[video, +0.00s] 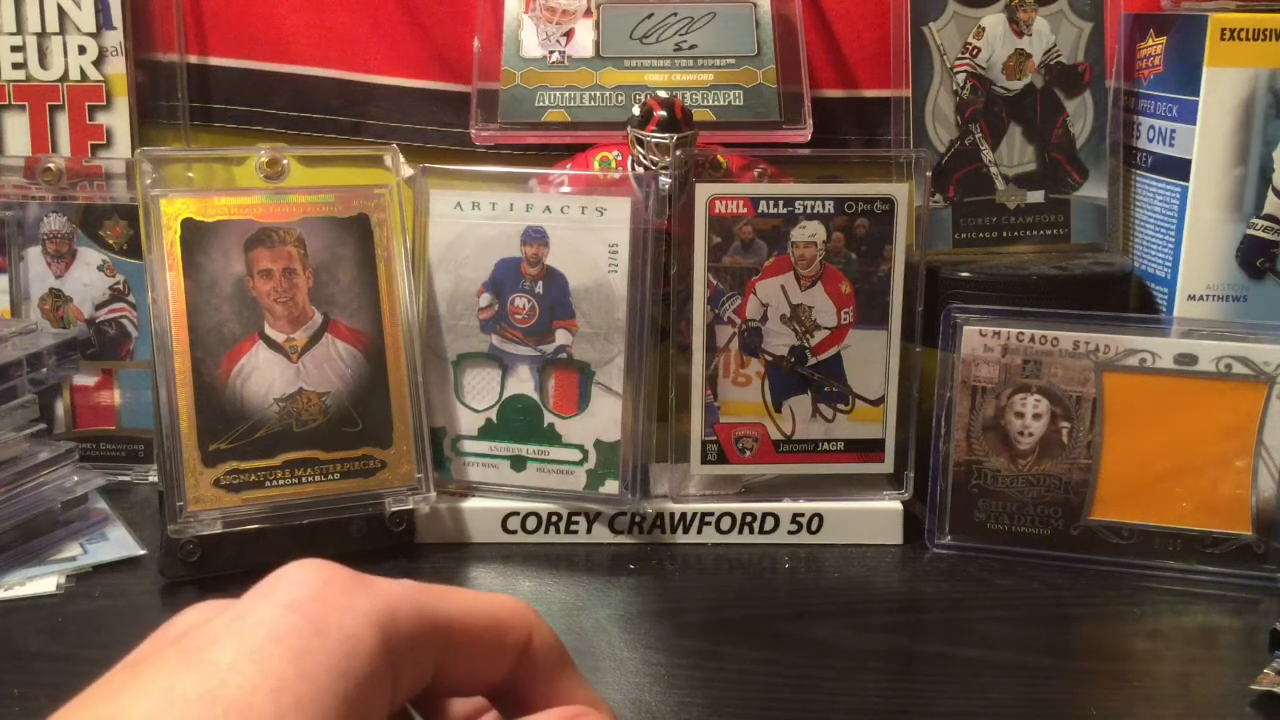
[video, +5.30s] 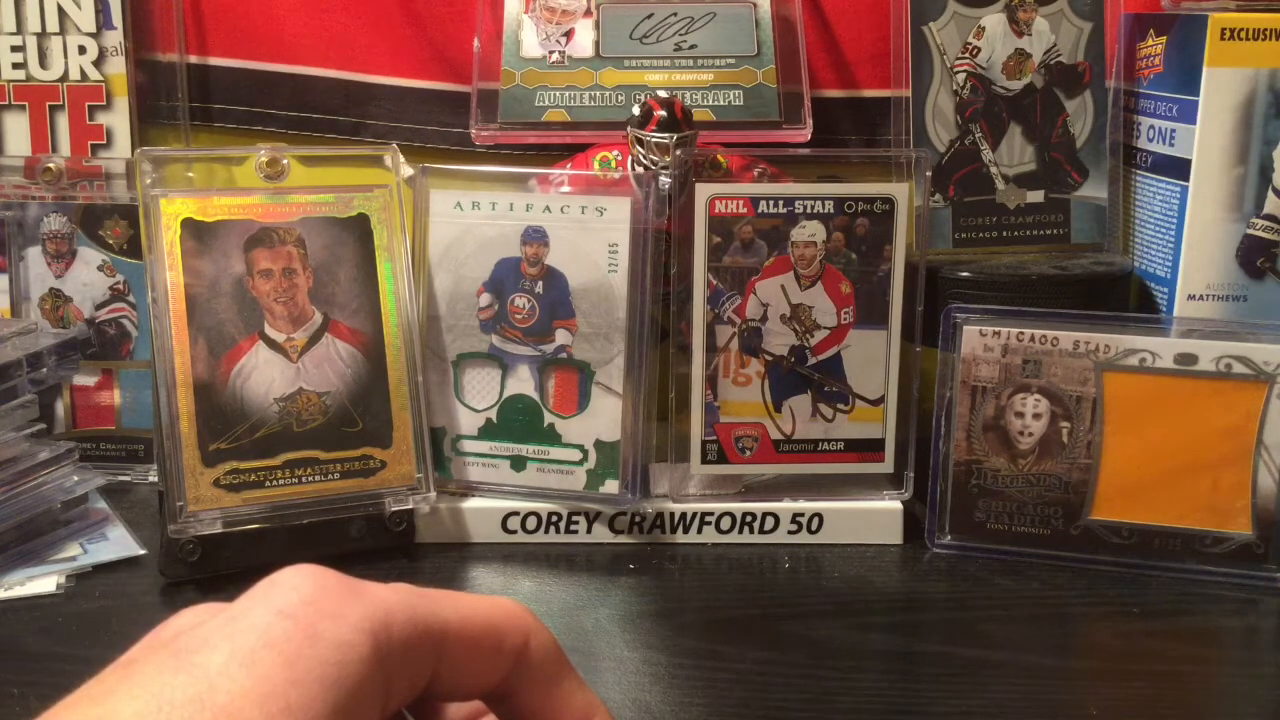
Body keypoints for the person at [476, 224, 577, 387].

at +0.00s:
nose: (534, 252)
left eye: (540, 247)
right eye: (530, 246)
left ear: (547, 250)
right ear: (522, 248)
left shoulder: (557, 280)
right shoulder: (504, 268)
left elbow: (565, 321)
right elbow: (486, 293)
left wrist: (562, 350)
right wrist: (487, 316)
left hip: (541, 354)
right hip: (503, 351)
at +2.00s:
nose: (534, 251)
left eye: (540, 247)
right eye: (530, 246)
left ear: (546, 250)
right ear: (522, 248)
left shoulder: (557, 280)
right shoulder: (504, 268)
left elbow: (564, 320)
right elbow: (487, 293)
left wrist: (562, 349)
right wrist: (487, 318)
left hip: (542, 353)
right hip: (503, 349)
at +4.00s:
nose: (534, 251)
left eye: (540, 247)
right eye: (530, 246)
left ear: (546, 250)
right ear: (522, 248)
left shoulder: (557, 280)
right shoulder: (504, 268)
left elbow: (565, 321)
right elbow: (487, 291)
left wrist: (562, 349)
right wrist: (486, 316)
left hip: (541, 353)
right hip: (502, 348)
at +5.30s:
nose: (534, 251)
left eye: (539, 247)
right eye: (530, 246)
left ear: (547, 250)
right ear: (522, 248)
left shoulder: (557, 280)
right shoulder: (504, 267)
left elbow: (565, 322)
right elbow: (487, 292)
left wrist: (561, 352)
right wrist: (487, 318)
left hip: (542, 351)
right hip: (503, 347)